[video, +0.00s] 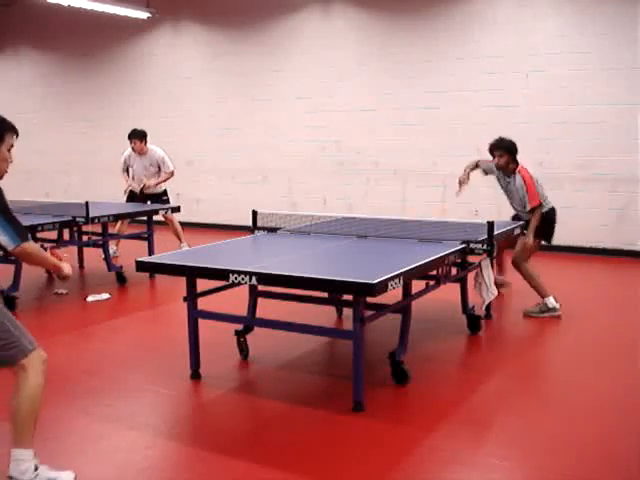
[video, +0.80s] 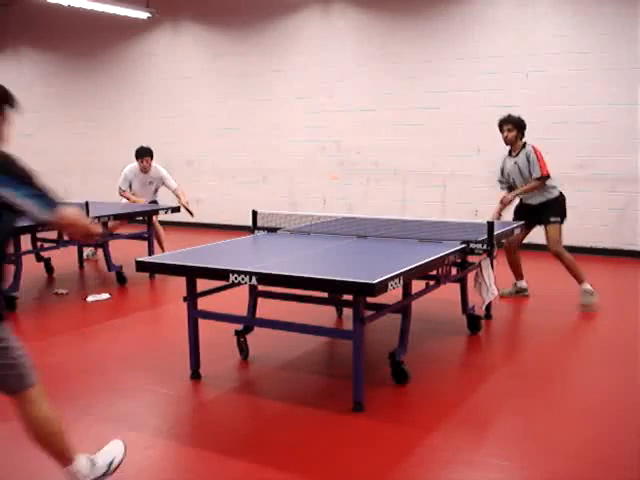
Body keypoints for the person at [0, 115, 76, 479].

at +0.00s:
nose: (10, 159)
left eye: (11, 151)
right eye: (8, 151)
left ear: (3, 150)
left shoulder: (0, 192)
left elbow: (17, 241)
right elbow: (18, 246)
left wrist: (49, 259)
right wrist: (55, 266)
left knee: (30, 359)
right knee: (33, 360)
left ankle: (22, 463)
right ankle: (22, 465)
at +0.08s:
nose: (10, 161)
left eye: (12, 153)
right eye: (8, 152)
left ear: (5, 153)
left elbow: (16, 242)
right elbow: (19, 248)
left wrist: (51, 263)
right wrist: (57, 270)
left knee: (34, 356)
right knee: (37, 357)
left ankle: (30, 459)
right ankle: (31, 460)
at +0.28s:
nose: (62, 180)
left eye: (63, 171)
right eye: (58, 170)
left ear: (28, 167)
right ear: (37, 168)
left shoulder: (4, 187)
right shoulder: (22, 196)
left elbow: (21, 236)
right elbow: (71, 241)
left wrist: (46, 261)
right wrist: (80, 272)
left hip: (6, 311)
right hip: (6, 313)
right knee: (74, 362)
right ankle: (89, 464)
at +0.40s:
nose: (93, 205)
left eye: (95, 199)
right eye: (92, 197)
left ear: (51, 183)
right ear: (74, 189)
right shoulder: (66, 212)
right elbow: (119, 240)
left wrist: (114, 269)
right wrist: (123, 271)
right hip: (16, 321)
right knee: (92, 362)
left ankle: (91, 463)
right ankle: (92, 465)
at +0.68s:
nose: (65, 178)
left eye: (65, 170)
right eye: (63, 170)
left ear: (19, 166)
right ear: (48, 171)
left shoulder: (6, 194)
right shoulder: (53, 201)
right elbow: (130, 218)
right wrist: (165, 239)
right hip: (13, 327)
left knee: (76, 363)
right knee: (78, 365)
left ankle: (92, 463)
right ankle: (92, 464)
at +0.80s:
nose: (10, 127)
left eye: (8, 118)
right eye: (7, 118)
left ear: (2, 119)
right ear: (1, 119)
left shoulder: (5, 166)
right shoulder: (2, 166)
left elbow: (47, 211)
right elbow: (55, 216)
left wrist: (80, 225)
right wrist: (92, 228)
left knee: (26, 389)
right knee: (25, 389)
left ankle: (77, 465)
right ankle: (78, 466)